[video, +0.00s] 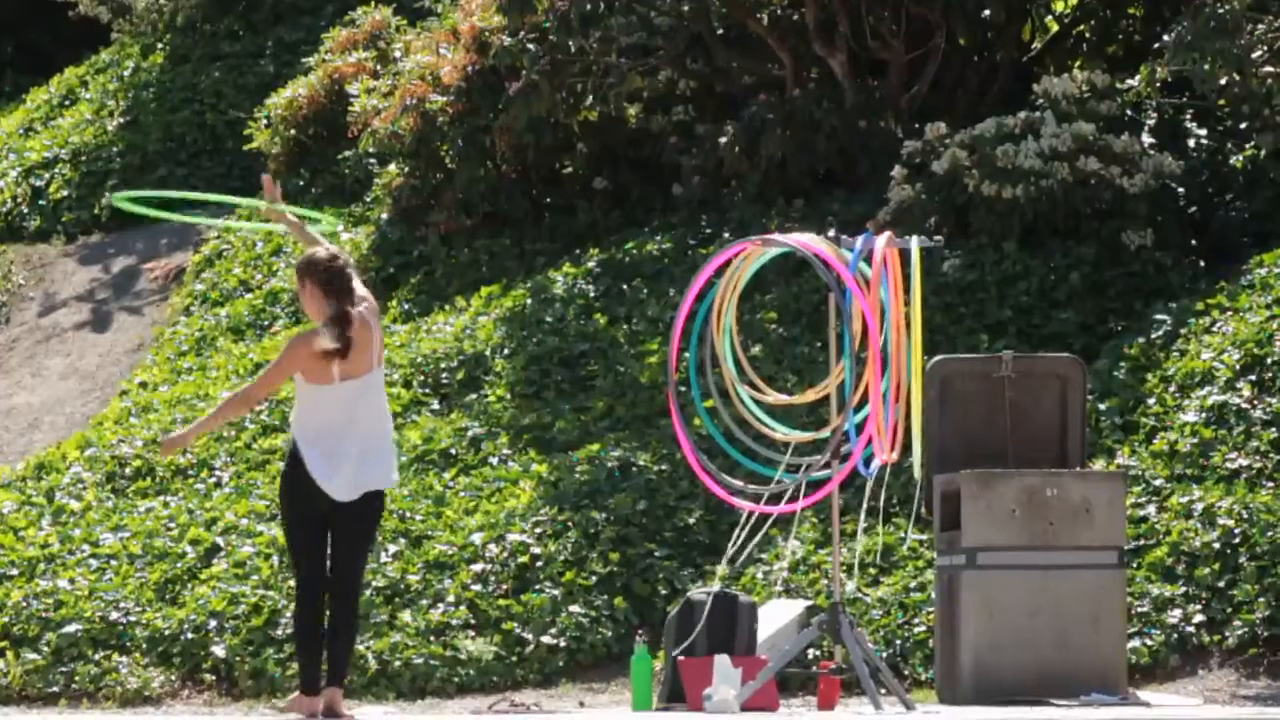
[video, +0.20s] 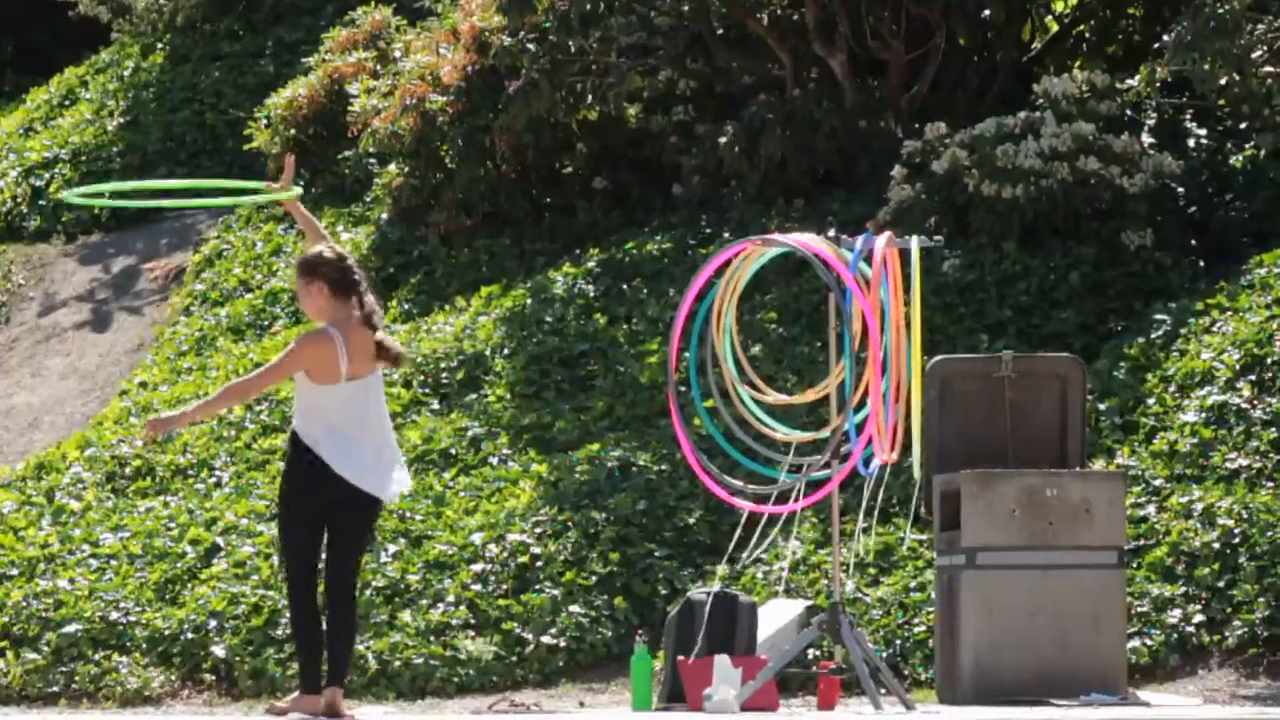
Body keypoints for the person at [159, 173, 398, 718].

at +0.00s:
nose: (299, 296)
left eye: (301, 288)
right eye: (300, 287)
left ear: (317, 290)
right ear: (341, 285)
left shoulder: (303, 345)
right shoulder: (370, 318)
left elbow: (250, 397)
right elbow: (330, 260)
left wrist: (191, 433)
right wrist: (280, 211)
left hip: (311, 467)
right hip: (368, 469)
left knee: (309, 582)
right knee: (347, 585)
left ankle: (309, 694)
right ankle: (334, 692)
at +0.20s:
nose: (300, 300)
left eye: (303, 291)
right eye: (300, 291)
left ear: (326, 291)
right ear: (342, 286)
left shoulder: (315, 344)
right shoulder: (367, 328)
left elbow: (246, 389)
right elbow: (333, 259)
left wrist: (181, 417)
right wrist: (295, 206)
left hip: (314, 470)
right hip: (368, 477)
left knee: (301, 580)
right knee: (343, 582)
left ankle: (310, 693)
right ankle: (335, 691)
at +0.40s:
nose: (297, 300)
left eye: (301, 291)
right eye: (297, 291)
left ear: (326, 288)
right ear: (338, 285)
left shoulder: (319, 344)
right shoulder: (365, 325)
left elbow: (267, 381)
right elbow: (328, 255)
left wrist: (225, 405)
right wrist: (302, 198)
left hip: (311, 471)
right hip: (361, 475)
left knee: (298, 577)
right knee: (338, 579)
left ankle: (317, 691)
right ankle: (333, 688)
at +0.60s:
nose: (294, 299)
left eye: (298, 290)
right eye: (293, 290)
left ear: (325, 288)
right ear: (332, 285)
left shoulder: (327, 342)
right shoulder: (357, 326)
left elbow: (293, 381)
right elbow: (313, 249)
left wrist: (282, 402)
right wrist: (296, 190)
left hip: (307, 464)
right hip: (353, 469)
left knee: (301, 577)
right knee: (331, 578)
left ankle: (316, 692)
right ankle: (340, 683)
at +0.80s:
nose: (294, 293)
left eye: (301, 286)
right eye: (296, 285)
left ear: (329, 290)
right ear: (332, 287)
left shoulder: (332, 337)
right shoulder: (341, 328)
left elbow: (324, 369)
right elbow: (300, 260)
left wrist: (323, 398)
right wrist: (280, 198)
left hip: (302, 472)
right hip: (333, 476)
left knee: (301, 584)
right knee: (316, 582)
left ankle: (317, 696)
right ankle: (364, 663)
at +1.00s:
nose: (294, 290)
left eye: (302, 283)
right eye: (294, 282)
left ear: (331, 289)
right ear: (326, 288)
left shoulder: (336, 341)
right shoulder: (323, 330)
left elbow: (345, 373)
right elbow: (288, 265)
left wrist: (349, 398)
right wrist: (256, 208)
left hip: (312, 471)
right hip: (303, 469)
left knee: (297, 584)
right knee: (293, 582)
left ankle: (317, 695)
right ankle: (365, 665)